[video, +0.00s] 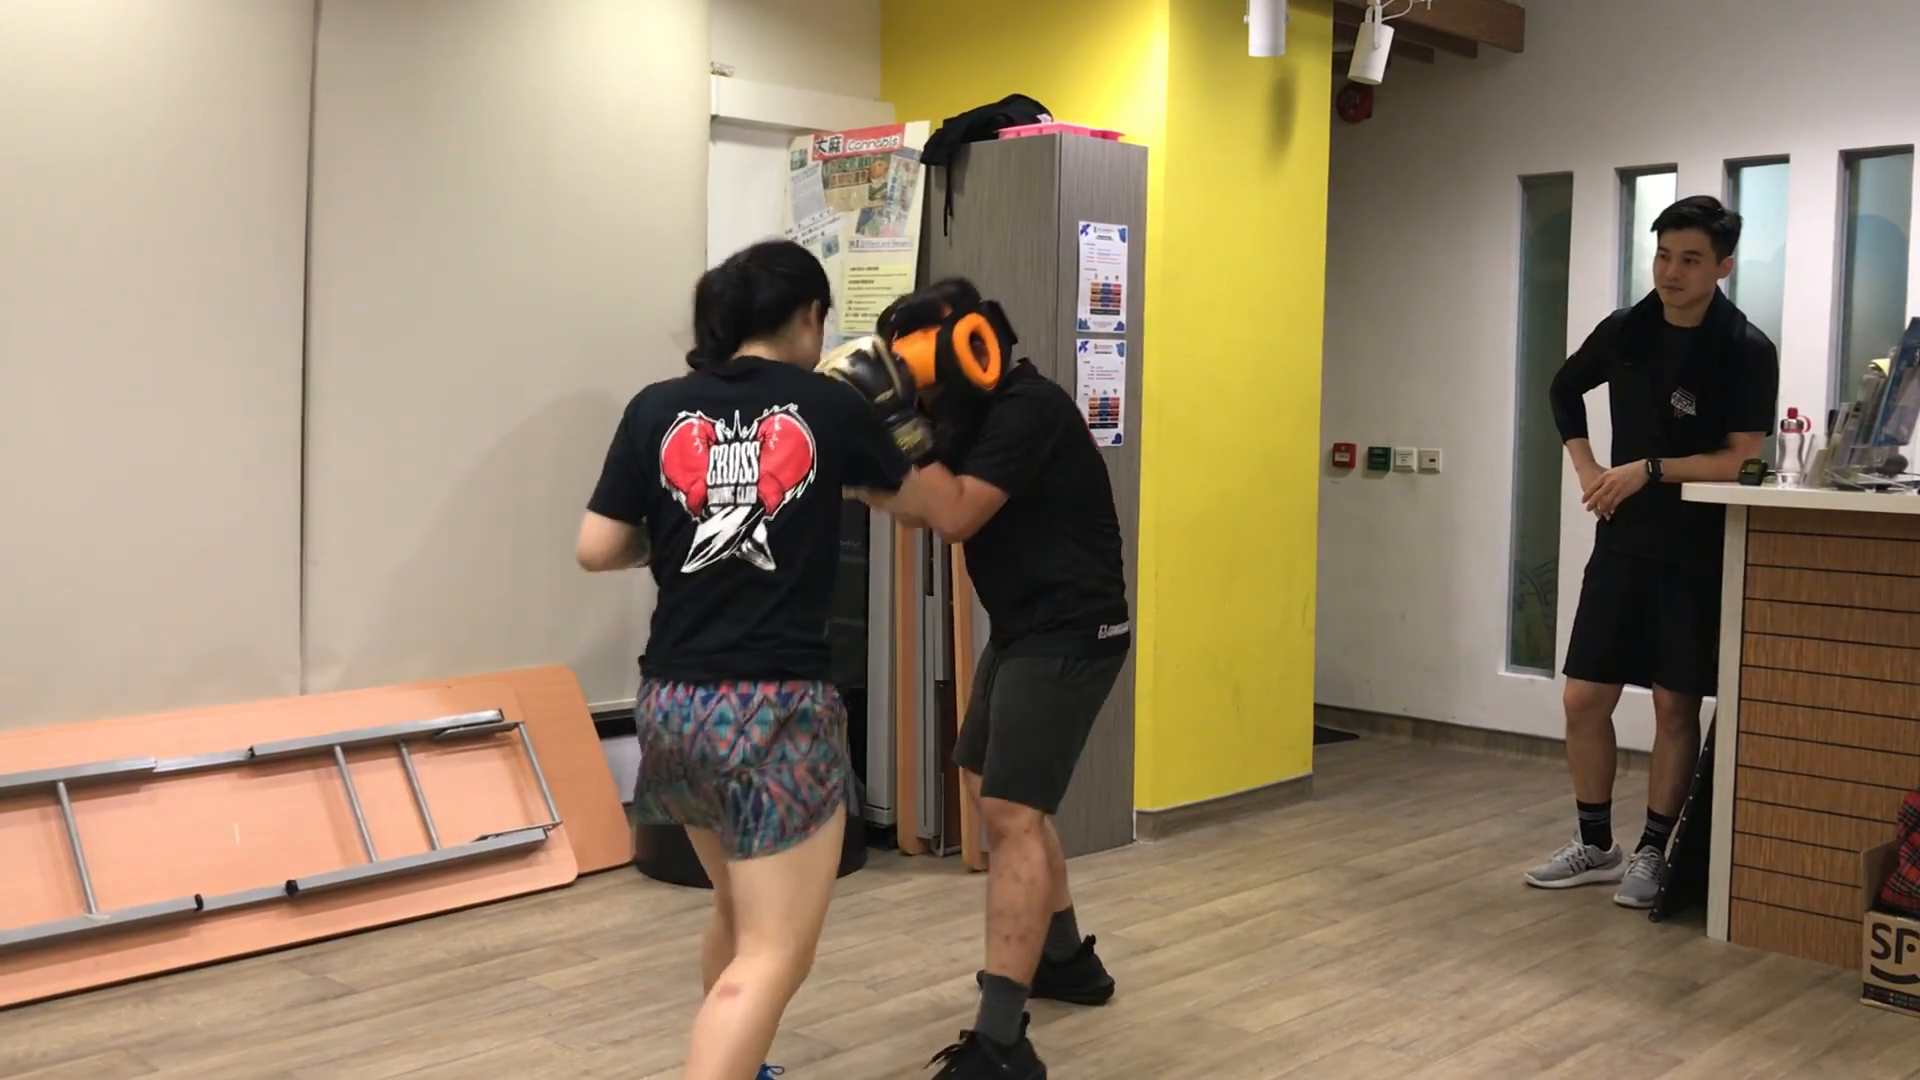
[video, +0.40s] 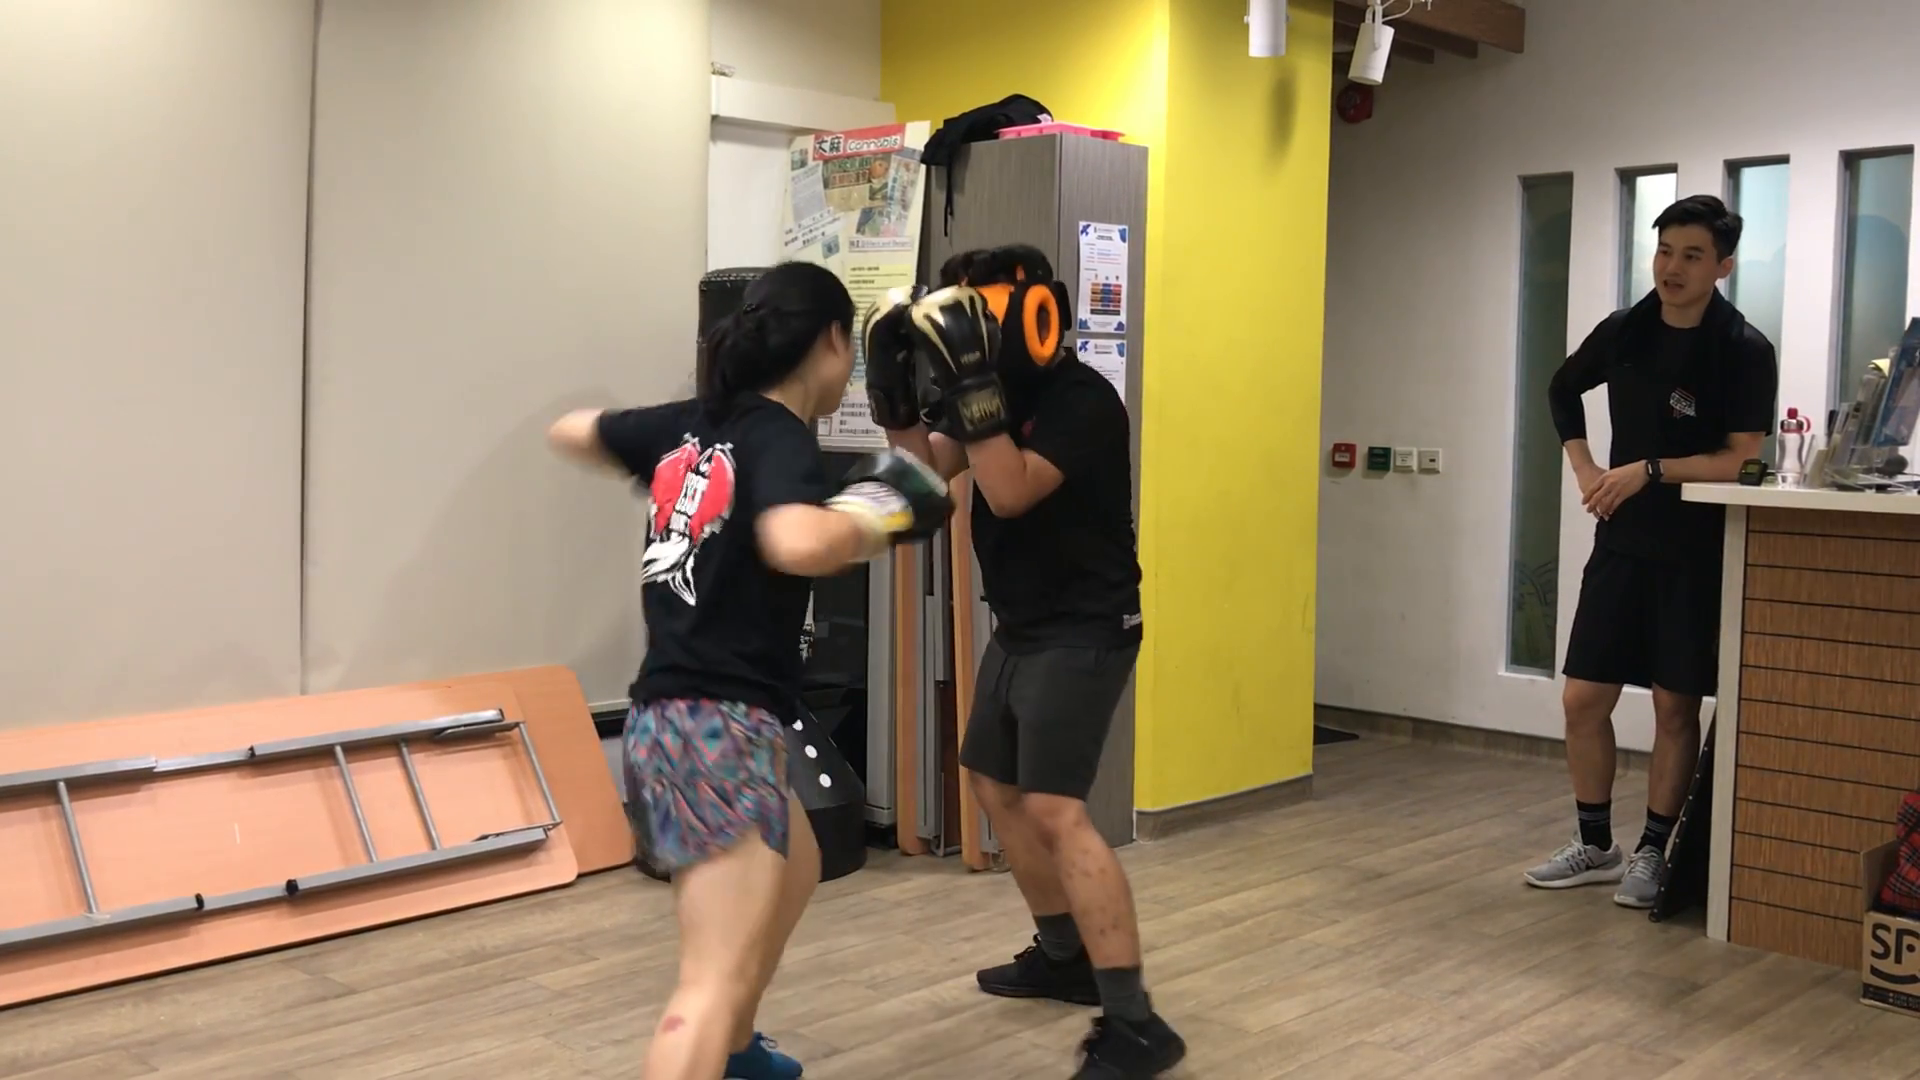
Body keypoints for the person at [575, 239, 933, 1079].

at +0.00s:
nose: (824, 335)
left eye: (825, 322)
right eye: (822, 320)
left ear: (725, 321)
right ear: (805, 318)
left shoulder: (655, 408)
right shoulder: (826, 404)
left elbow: (596, 548)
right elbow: (917, 497)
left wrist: (675, 521)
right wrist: (837, 472)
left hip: (670, 702)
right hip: (778, 707)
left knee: (732, 906)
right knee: (769, 956)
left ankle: (733, 1062)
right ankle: (703, 1070)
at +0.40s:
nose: (849, 362)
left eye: (848, 345)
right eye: (846, 344)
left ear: (756, 341)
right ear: (821, 344)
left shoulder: (685, 426)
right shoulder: (778, 434)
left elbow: (568, 431)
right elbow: (794, 541)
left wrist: (648, 455)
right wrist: (883, 515)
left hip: (662, 718)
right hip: (719, 726)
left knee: (795, 861)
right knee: (713, 992)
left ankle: (727, 1039)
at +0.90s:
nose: (740, 363)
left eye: (741, 353)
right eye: (738, 351)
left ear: (650, 338)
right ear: (702, 330)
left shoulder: (572, 404)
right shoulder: (711, 384)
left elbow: (550, 543)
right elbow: (861, 379)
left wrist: (625, 479)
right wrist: (812, 378)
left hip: (591, 667)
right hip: (671, 674)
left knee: (689, 872)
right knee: (653, 896)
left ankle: (707, 1047)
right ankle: (470, 1053)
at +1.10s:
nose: (688, 392)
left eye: (690, 377)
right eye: (688, 373)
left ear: (611, 355)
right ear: (651, 355)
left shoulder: (520, 423)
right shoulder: (657, 427)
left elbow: (461, 542)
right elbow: (754, 523)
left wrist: (558, 512)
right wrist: (680, 507)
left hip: (527, 700)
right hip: (585, 715)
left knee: (690, 840)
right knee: (555, 929)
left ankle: (701, 1044)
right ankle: (413, 1073)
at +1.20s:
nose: (682, 407)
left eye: (687, 389)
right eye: (684, 386)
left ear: (614, 368)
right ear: (647, 370)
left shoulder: (506, 436)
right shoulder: (629, 449)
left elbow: (411, 522)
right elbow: (693, 585)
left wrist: (510, 534)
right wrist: (723, 553)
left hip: (519, 709)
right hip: (565, 720)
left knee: (695, 834)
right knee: (546, 932)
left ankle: (707, 1029)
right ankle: (411, 1074)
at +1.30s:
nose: (701, 395)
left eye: (706, 379)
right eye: (703, 375)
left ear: (628, 356)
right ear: (668, 360)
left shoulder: (542, 419)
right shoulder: (615, 436)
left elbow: (432, 452)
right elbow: (597, 552)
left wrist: (510, 503)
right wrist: (681, 576)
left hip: (573, 695)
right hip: (563, 700)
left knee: (702, 824)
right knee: (524, 911)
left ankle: (718, 1006)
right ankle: (409, 1072)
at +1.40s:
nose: (734, 370)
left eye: (736, 353)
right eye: (732, 351)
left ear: (684, 340)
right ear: (696, 342)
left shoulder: (637, 416)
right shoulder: (609, 422)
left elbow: (550, 403)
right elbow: (507, 502)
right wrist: (614, 541)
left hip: (623, 678)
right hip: (560, 677)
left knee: (701, 820)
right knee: (519, 883)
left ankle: (719, 980)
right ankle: (415, 1068)